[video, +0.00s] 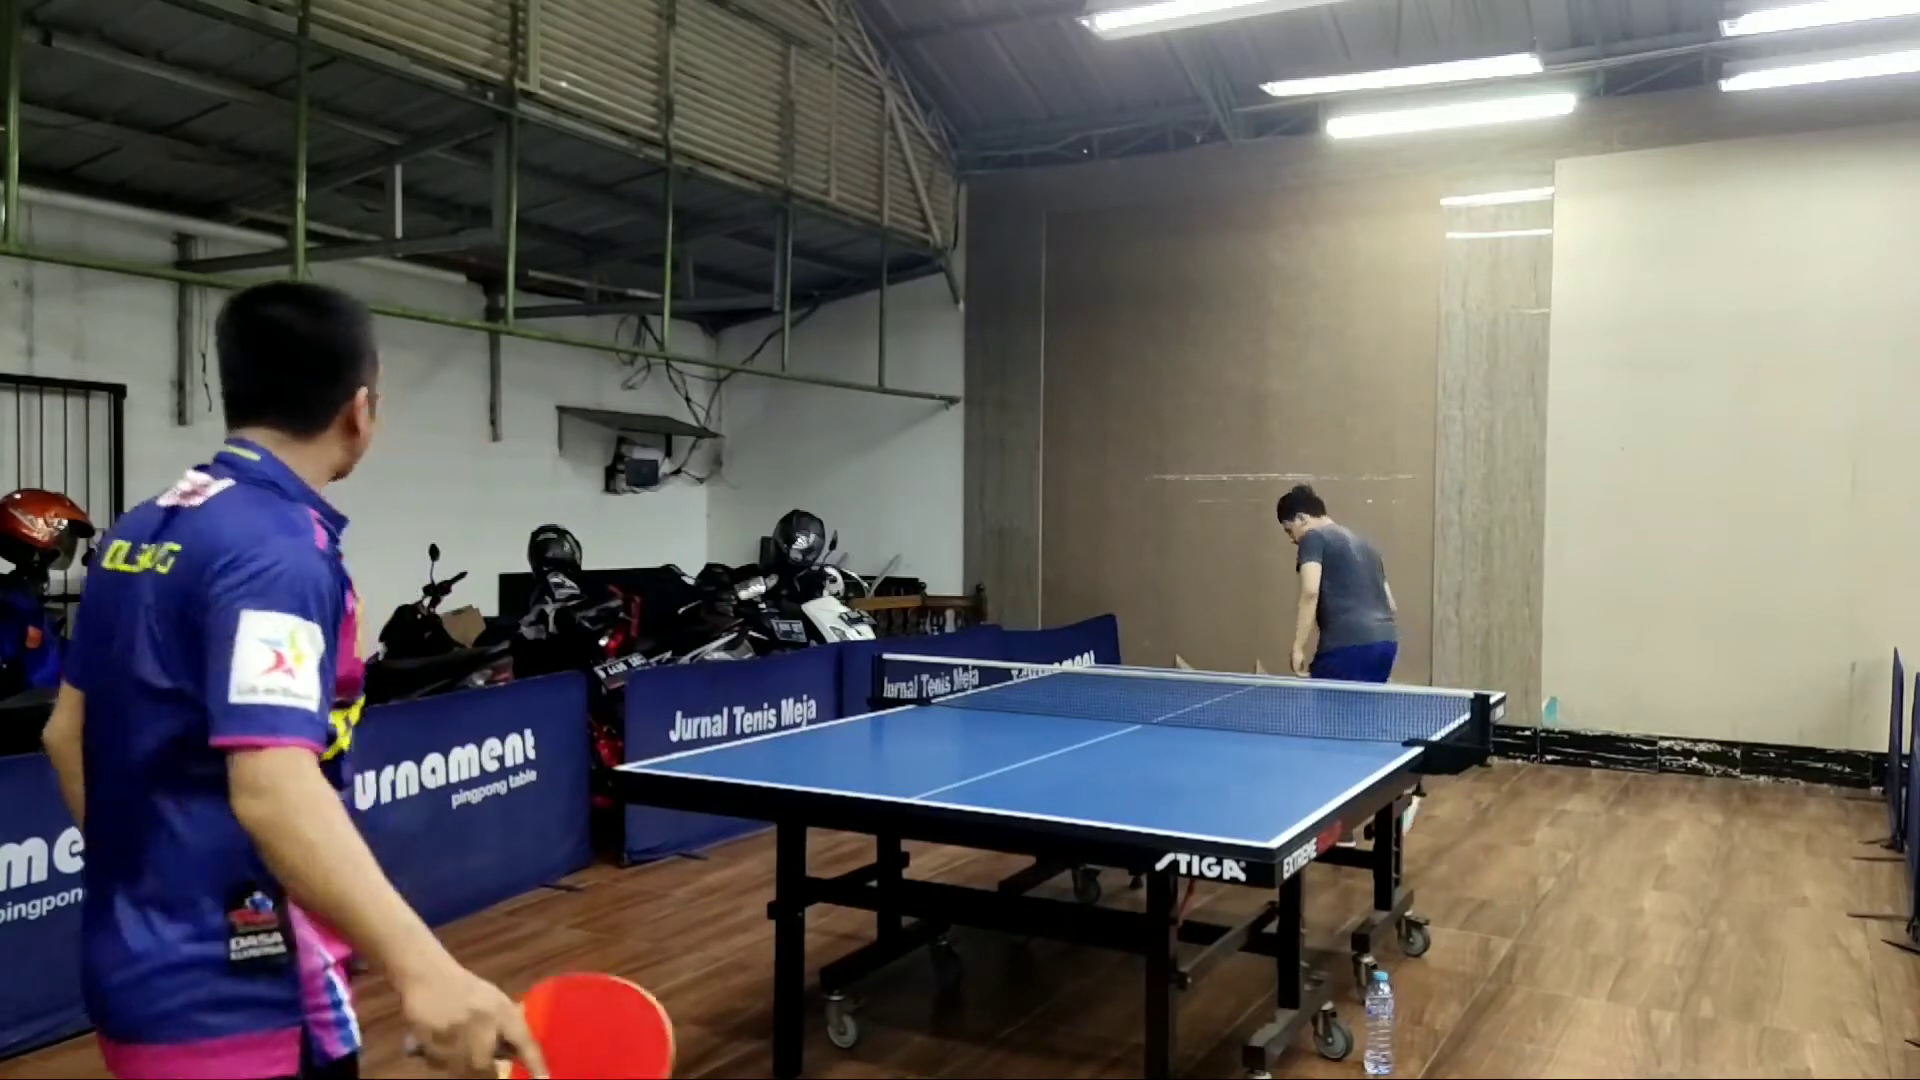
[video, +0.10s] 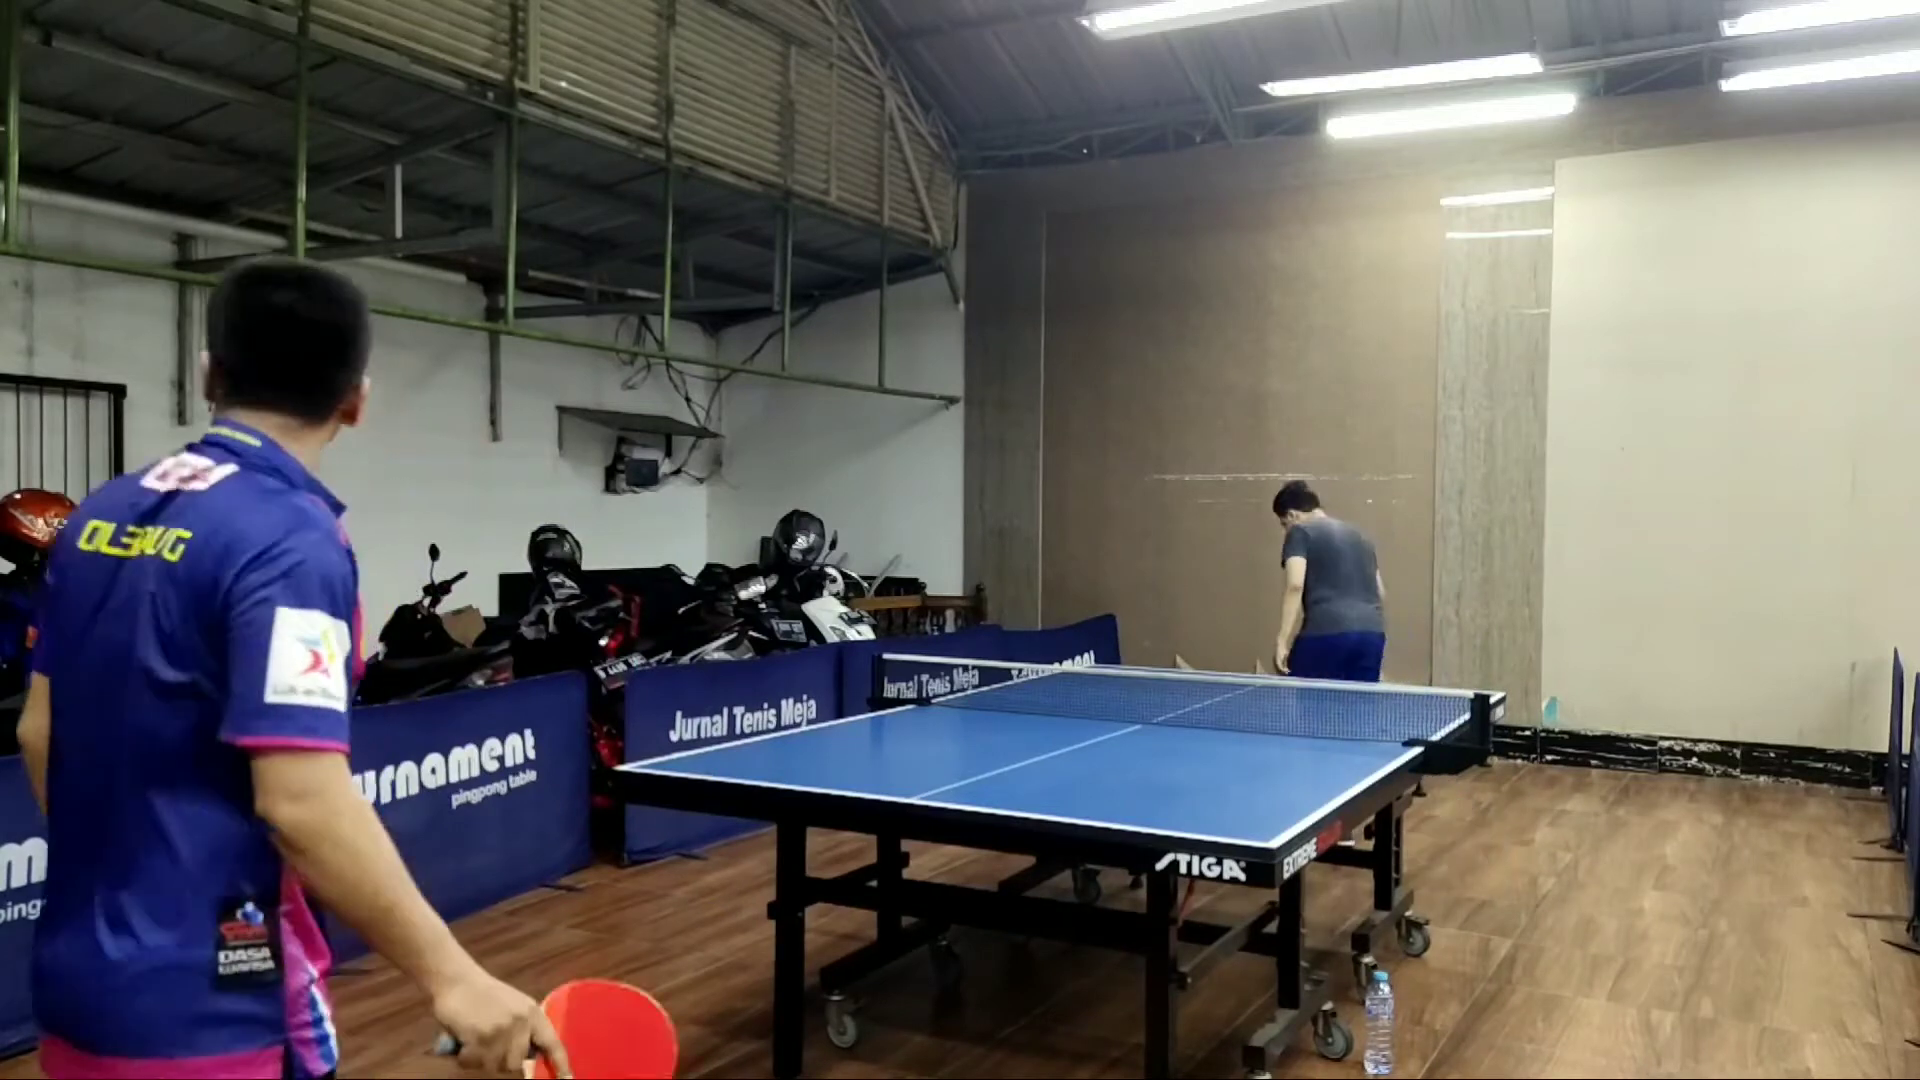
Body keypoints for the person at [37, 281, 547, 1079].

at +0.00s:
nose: (374, 419)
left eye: (374, 396)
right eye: (376, 397)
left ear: (236, 394)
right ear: (357, 410)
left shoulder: (139, 528)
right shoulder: (276, 547)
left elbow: (70, 735)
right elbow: (275, 785)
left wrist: (148, 875)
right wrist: (427, 970)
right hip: (248, 1010)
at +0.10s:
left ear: (209, 377)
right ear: (355, 403)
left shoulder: (105, 509)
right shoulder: (289, 535)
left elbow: (40, 733)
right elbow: (301, 797)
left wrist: (105, 866)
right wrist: (455, 978)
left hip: (75, 985)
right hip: (216, 1014)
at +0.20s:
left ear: (185, 352)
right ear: (331, 386)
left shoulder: (56, 495)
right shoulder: (296, 526)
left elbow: (7, 735)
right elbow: (313, 799)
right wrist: (441, 972)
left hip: (29, 995)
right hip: (201, 1022)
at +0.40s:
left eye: (81, 322)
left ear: (96, 338)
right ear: (245, 368)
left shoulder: (10, 480)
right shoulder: (262, 527)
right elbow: (286, 795)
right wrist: (384, 953)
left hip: (9, 1009)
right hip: (171, 1026)